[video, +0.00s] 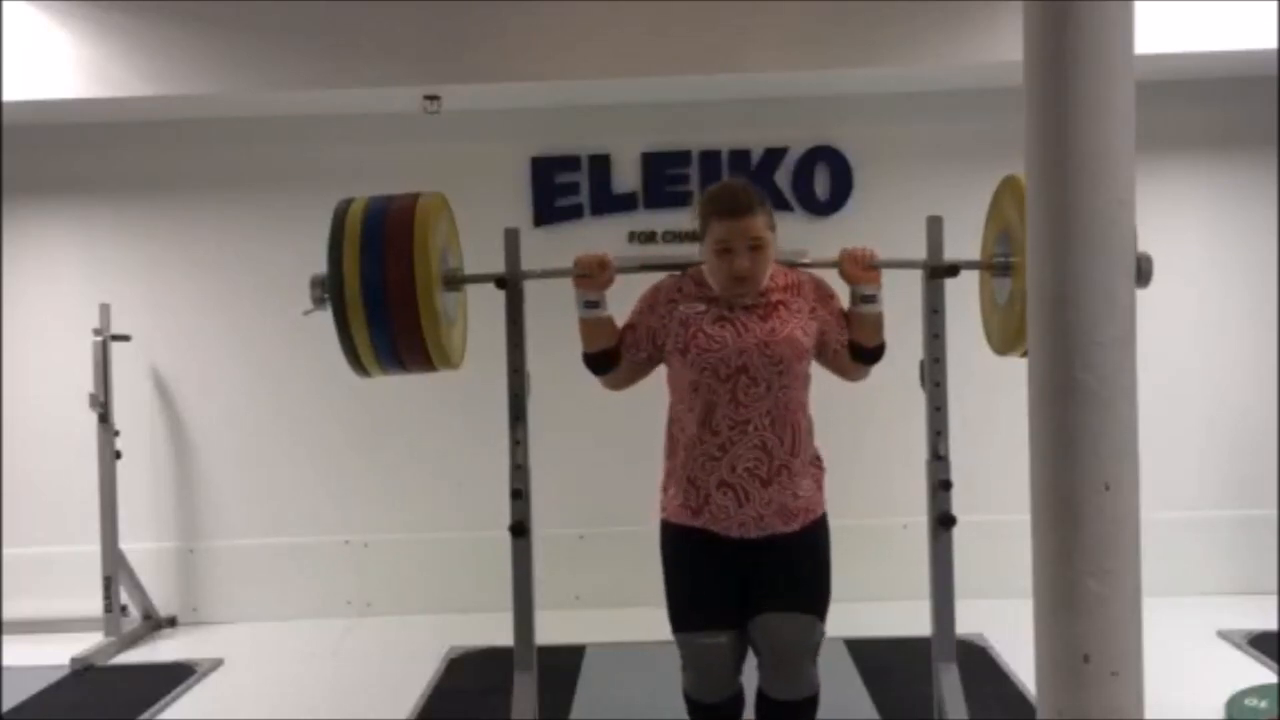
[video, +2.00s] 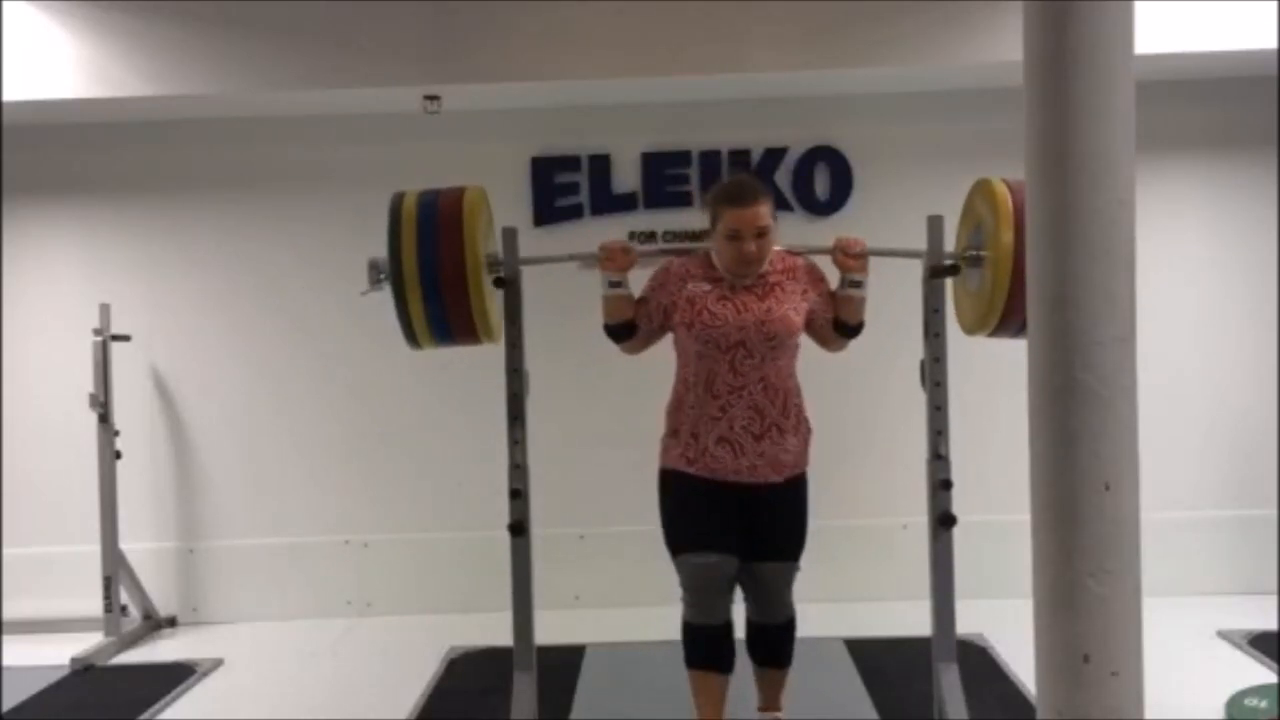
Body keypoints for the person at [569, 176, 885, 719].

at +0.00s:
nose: (741, 263)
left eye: (754, 247)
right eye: (725, 249)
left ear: (773, 243)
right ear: (703, 247)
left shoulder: (804, 294)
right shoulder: (672, 300)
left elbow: (855, 366)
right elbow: (613, 371)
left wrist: (867, 293)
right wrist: (591, 299)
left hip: (789, 525)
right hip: (699, 527)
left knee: (791, 680)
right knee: (709, 683)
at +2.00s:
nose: (748, 249)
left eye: (760, 235)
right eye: (734, 237)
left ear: (775, 229)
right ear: (712, 232)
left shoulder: (796, 274)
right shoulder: (680, 276)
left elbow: (837, 336)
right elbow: (629, 338)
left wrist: (852, 280)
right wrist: (615, 281)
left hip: (775, 465)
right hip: (697, 464)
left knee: (772, 597)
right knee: (706, 595)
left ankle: (771, 711)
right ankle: (709, 716)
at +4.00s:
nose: (702, 232)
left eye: (711, 222)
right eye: (689, 223)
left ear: (727, 228)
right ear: (671, 230)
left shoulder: (753, 278)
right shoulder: (642, 280)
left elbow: (793, 340)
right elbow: (599, 341)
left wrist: (805, 284)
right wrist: (585, 281)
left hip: (742, 459)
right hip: (665, 461)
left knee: (763, 580)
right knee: (670, 582)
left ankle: (795, 696)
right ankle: (665, 698)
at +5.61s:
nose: (726, 294)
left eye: (736, 285)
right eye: (713, 286)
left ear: (752, 297)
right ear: (695, 300)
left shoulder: (780, 352)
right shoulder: (666, 354)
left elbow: (822, 414)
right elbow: (621, 418)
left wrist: (833, 357)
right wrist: (606, 357)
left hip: (764, 489)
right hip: (682, 492)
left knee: (808, 584)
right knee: (656, 590)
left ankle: (801, 700)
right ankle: (665, 703)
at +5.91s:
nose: (730, 367)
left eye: (741, 358)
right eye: (717, 359)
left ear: (757, 370)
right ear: (699, 372)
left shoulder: (786, 421)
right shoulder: (671, 423)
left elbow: (828, 484)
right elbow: (627, 488)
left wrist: (840, 429)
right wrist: (611, 429)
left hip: (770, 545)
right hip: (688, 547)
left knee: (820, 604)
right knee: (650, 611)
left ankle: (801, 703)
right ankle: (667, 705)